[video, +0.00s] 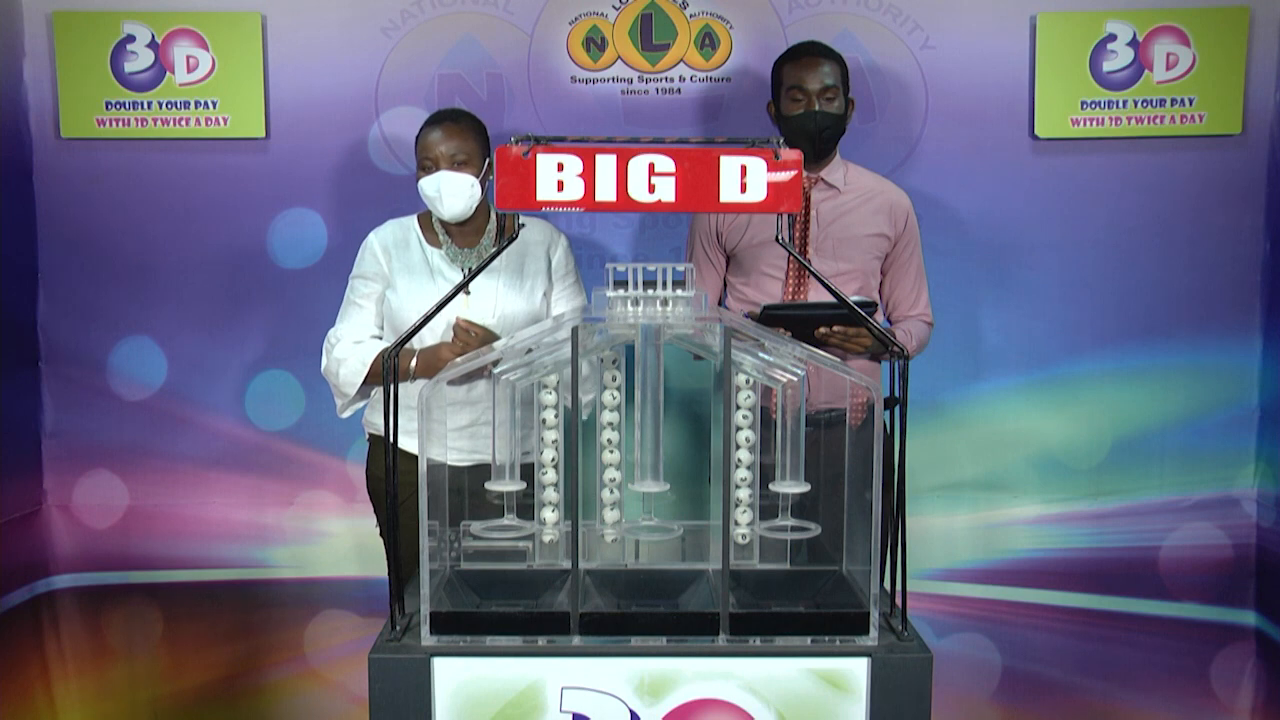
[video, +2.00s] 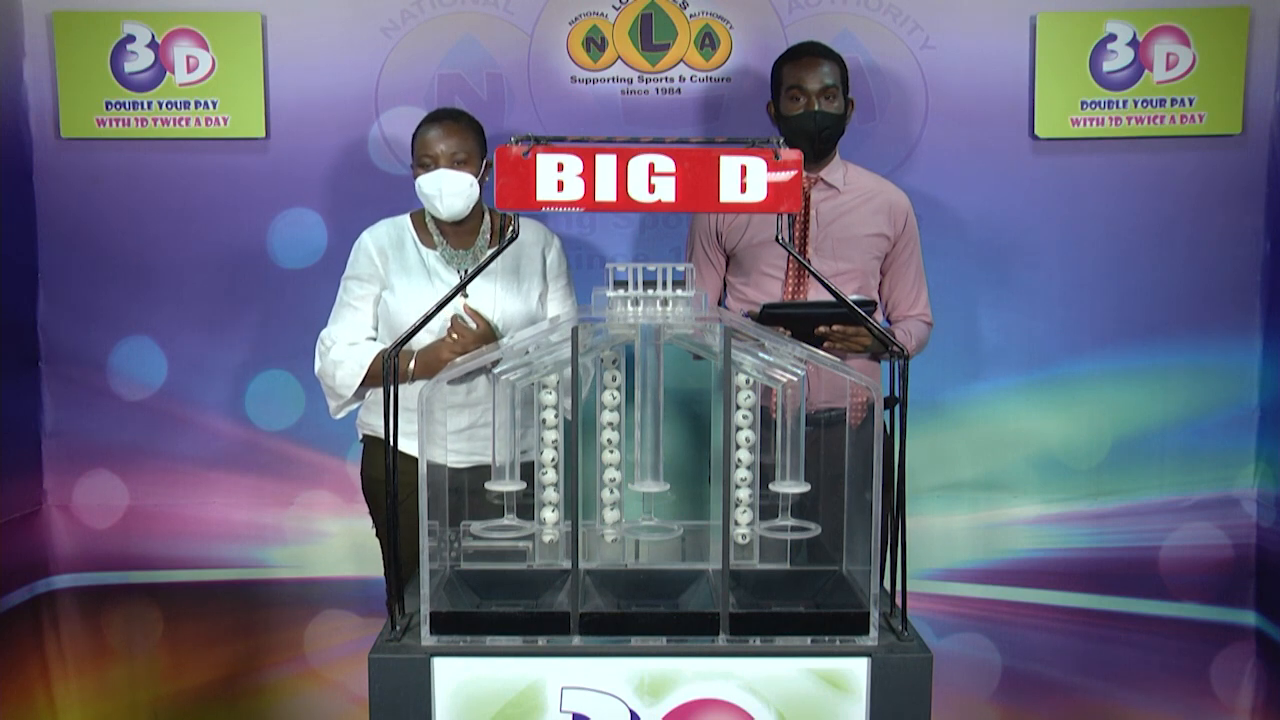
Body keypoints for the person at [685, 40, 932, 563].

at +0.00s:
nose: (813, 108)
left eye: (829, 94)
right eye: (796, 95)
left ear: (848, 108)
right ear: (774, 109)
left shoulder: (888, 205)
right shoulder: (726, 201)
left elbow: (915, 321)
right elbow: (696, 319)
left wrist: (876, 342)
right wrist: (761, 340)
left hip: (844, 419)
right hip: (751, 419)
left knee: (845, 584)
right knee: (753, 581)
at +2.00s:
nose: (812, 107)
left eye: (828, 94)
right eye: (795, 95)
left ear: (848, 108)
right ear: (774, 109)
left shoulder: (887, 205)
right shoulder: (726, 200)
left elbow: (914, 320)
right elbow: (696, 318)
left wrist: (876, 341)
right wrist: (759, 338)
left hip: (843, 416)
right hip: (751, 416)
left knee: (844, 579)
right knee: (753, 578)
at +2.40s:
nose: (813, 107)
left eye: (828, 94)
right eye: (796, 95)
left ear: (848, 108)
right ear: (774, 109)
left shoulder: (887, 205)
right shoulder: (726, 200)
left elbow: (915, 320)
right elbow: (696, 318)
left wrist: (876, 341)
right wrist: (760, 337)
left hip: (843, 417)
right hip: (752, 417)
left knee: (844, 581)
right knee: (753, 579)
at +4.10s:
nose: (814, 107)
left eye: (829, 94)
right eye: (796, 95)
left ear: (848, 108)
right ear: (774, 109)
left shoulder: (888, 205)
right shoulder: (727, 200)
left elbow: (914, 321)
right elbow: (695, 317)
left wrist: (876, 341)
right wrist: (758, 335)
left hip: (844, 416)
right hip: (752, 416)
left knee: (845, 580)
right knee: (753, 579)